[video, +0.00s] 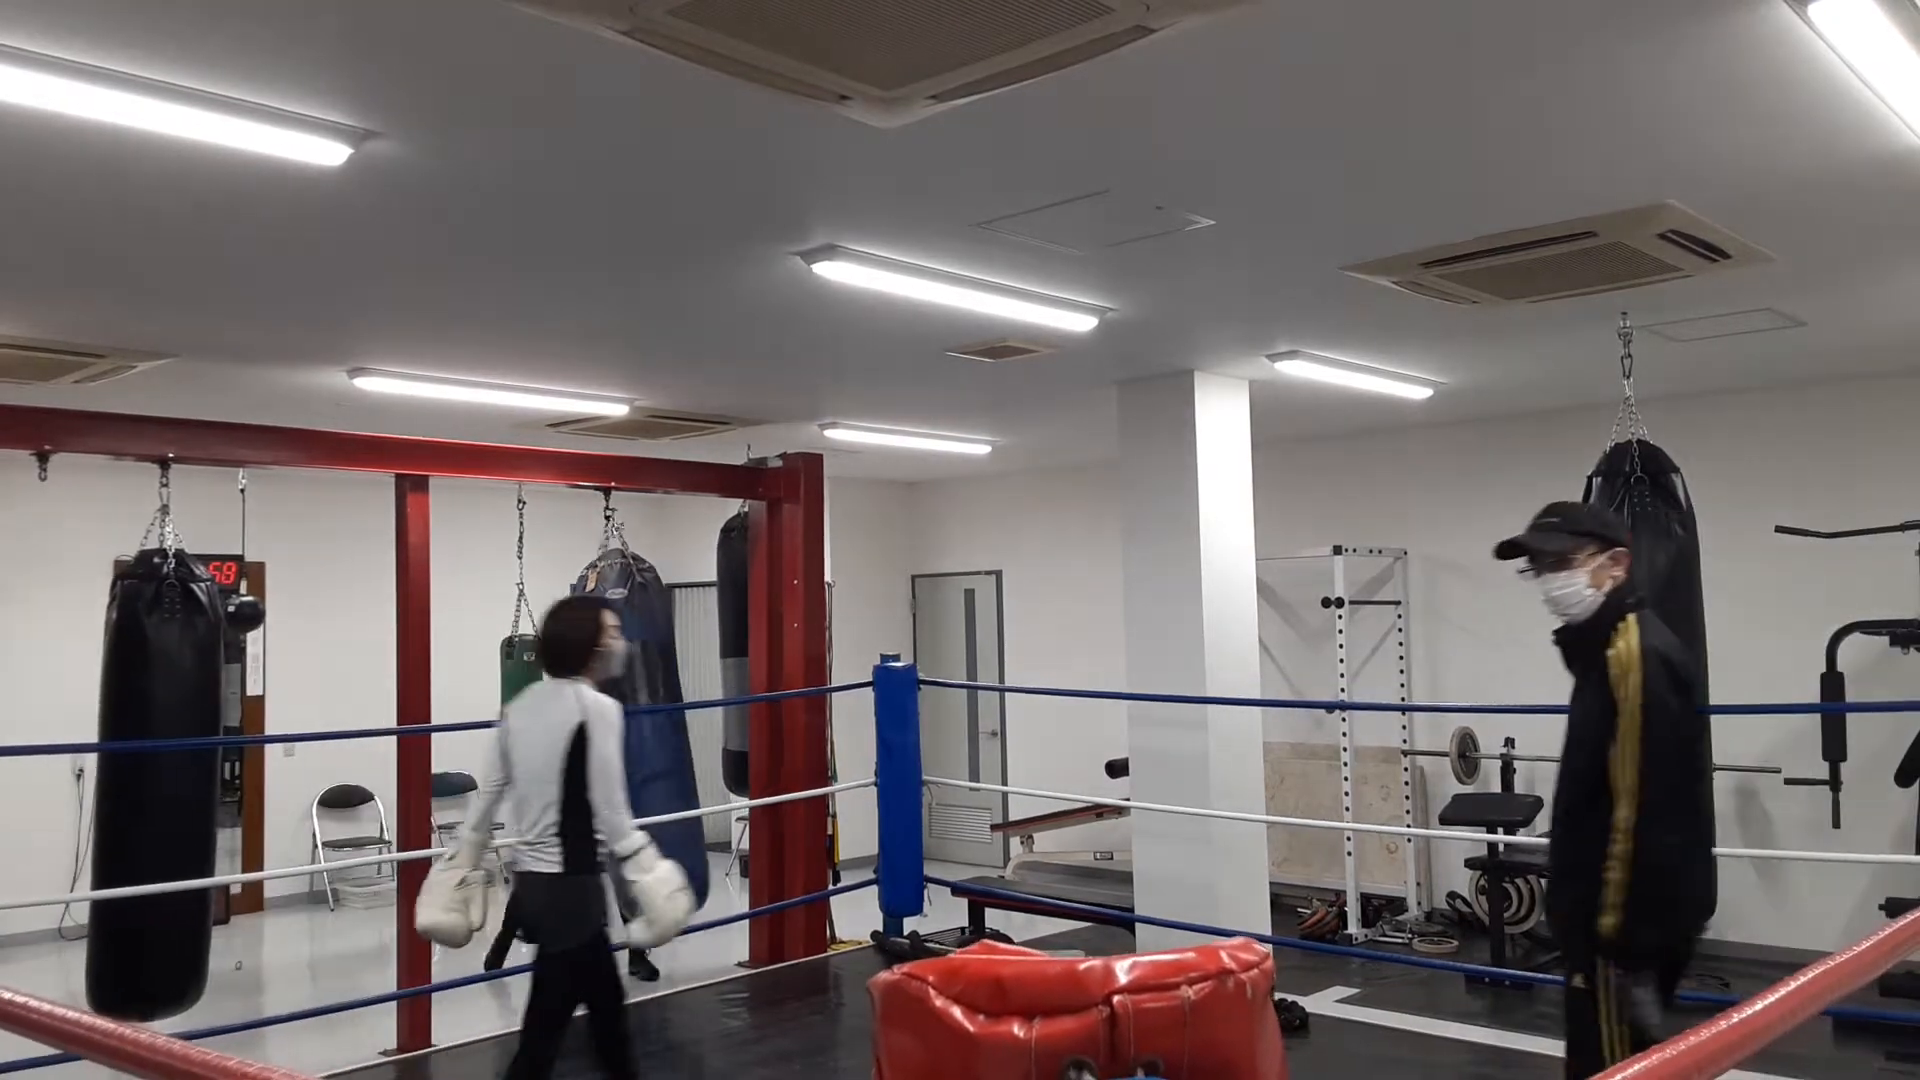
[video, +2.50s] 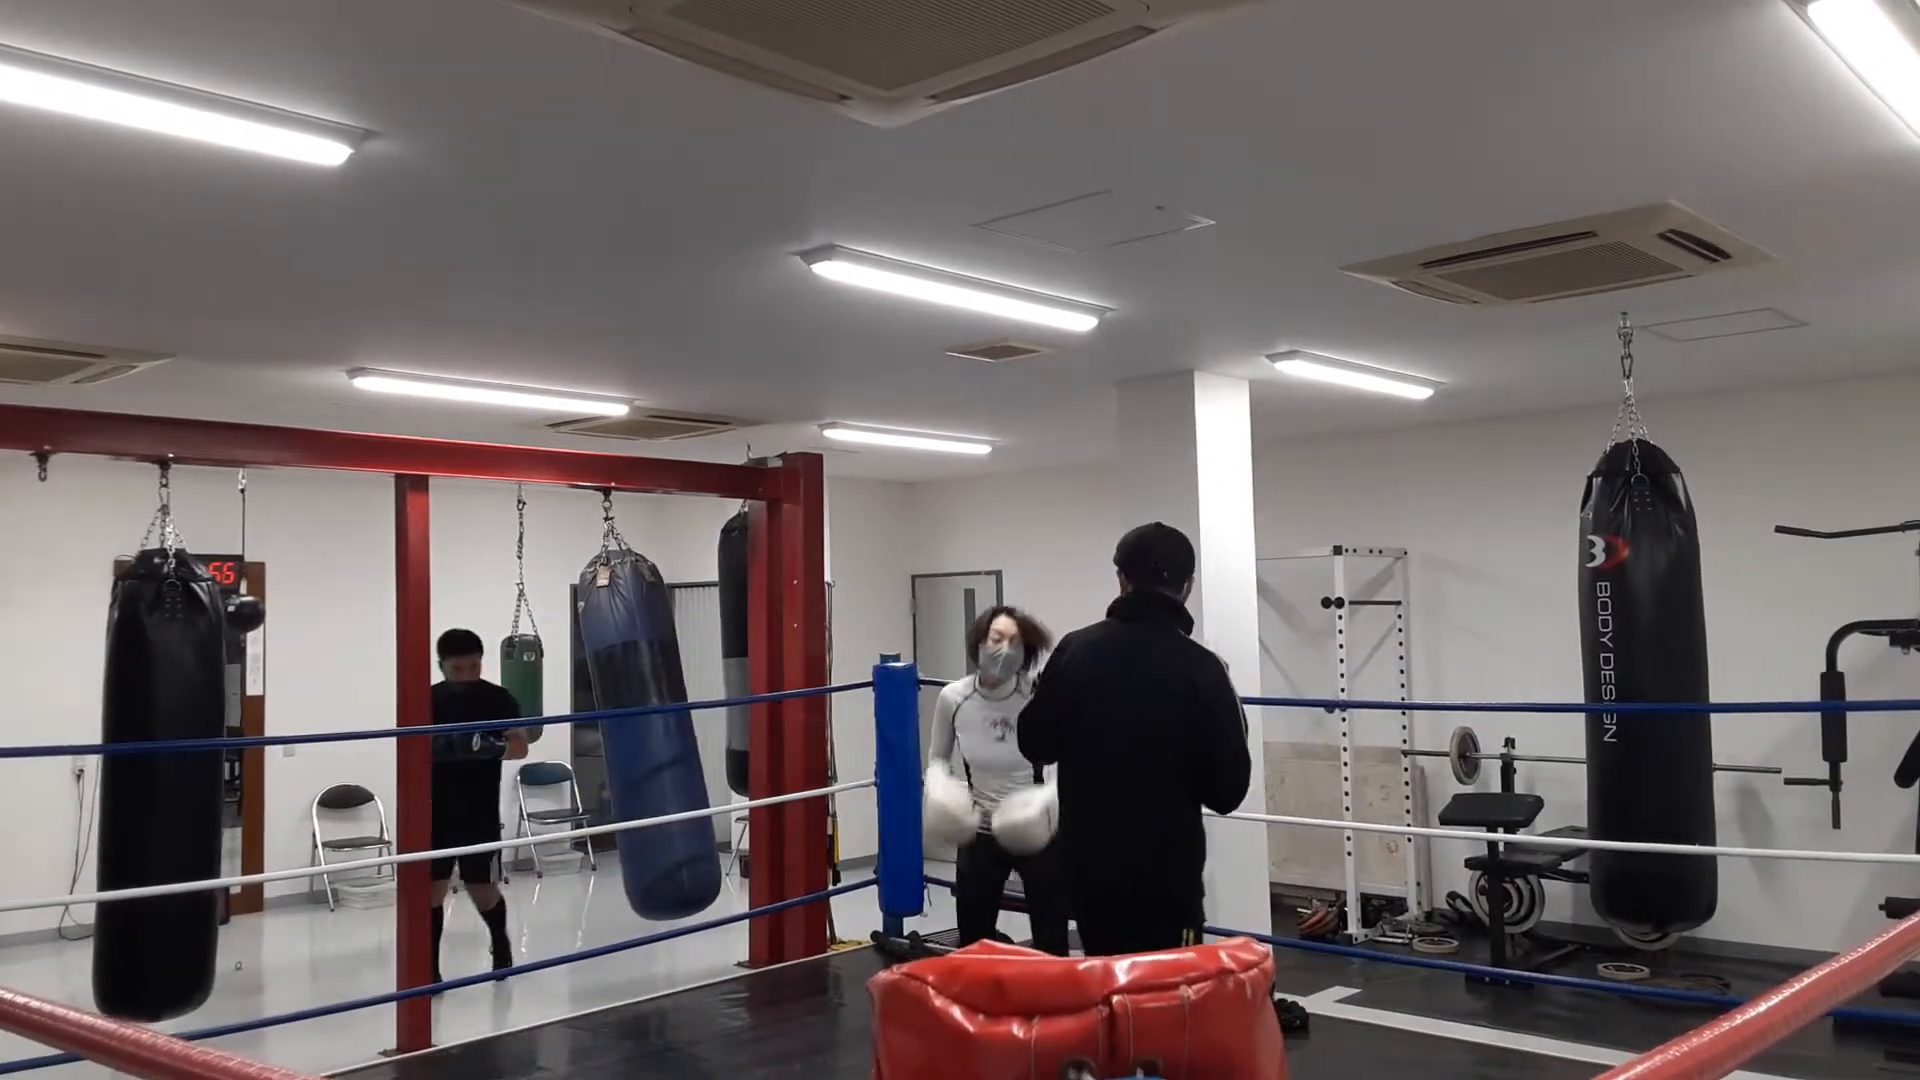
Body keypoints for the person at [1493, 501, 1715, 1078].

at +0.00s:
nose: (1549, 583)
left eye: (1562, 565)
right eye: (1543, 570)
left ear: (1614, 567)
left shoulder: (1637, 652)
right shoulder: (1608, 648)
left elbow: (1639, 805)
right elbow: (1610, 801)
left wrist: (1621, 949)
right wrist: (1585, 931)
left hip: (1622, 940)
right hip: (1600, 934)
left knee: (1614, 1069)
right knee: (1597, 1065)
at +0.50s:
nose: (1428, 590)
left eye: (1434, 576)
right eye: (1426, 578)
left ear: (1467, 578)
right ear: (1477, 578)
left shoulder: (1492, 656)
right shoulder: (1530, 649)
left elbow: (1478, 805)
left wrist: (1445, 934)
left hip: (1518, 917)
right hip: (1549, 904)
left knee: (1548, 1062)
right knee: (1498, 1063)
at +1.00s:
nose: (1312, 590)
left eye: (1318, 576)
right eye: (1311, 578)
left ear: (1349, 573)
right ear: (1364, 576)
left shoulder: (1359, 631)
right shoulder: (1408, 638)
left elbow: (1353, 768)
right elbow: (1426, 768)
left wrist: (1317, 878)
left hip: (1384, 866)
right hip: (1433, 862)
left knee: (1341, 1004)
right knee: (1419, 1012)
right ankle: (1423, 1077)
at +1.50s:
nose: (1183, 589)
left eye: (1188, 579)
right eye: (1185, 579)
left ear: (1209, 585)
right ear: (1243, 587)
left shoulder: (1184, 658)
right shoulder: (1290, 654)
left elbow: (1145, 768)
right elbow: (1292, 752)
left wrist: (1089, 773)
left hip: (1225, 866)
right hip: (1307, 860)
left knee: (1213, 1014)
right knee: (1353, 1013)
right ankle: (1381, 1074)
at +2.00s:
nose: (1107, 600)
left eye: (1106, 592)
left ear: (1114, 592)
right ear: (1168, 577)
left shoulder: (1094, 665)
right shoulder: (1225, 646)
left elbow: (1071, 776)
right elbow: (1274, 756)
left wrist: (1118, 734)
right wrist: (1212, 731)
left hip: (1144, 868)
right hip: (1224, 862)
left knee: (1158, 997)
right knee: (1228, 997)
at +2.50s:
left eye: (1117, 577)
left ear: (1121, 580)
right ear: (1187, 587)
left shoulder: (1076, 652)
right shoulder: (1203, 668)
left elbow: (1035, 744)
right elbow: (1227, 792)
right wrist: (1172, 750)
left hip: (1091, 866)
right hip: (1169, 872)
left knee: (1110, 1004)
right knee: (1170, 1007)